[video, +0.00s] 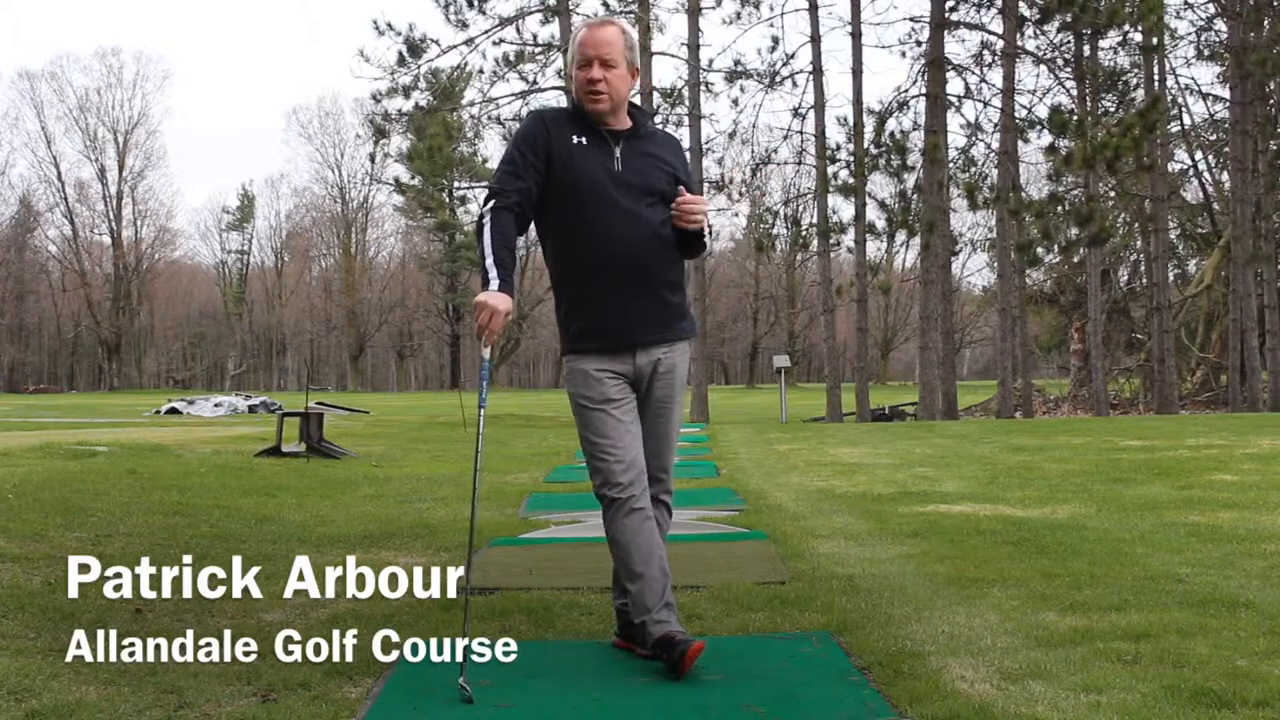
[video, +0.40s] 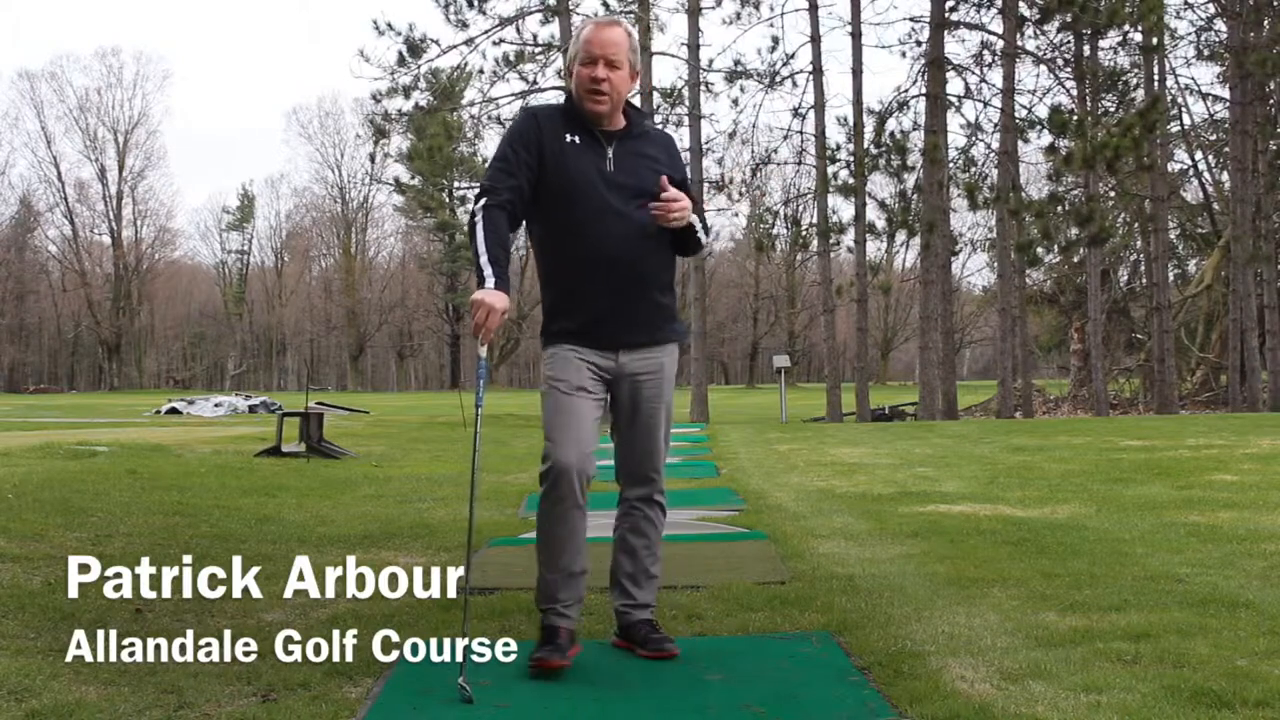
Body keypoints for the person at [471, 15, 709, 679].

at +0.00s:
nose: (593, 75)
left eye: (606, 64)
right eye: (583, 64)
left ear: (632, 74)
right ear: (569, 73)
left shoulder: (665, 147)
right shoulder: (545, 132)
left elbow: (688, 249)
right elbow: (503, 207)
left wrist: (695, 226)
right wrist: (498, 284)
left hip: (666, 341)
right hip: (591, 347)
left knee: (655, 490)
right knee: (624, 487)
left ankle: (632, 618)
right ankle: (663, 629)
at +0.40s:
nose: (597, 74)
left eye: (611, 64)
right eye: (587, 62)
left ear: (633, 76)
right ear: (569, 70)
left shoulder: (657, 142)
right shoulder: (538, 127)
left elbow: (690, 243)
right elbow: (495, 205)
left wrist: (687, 221)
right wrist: (494, 282)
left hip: (651, 341)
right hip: (571, 340)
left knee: (645, 484)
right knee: (566, 467)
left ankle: (637, 616)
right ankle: (558, 623)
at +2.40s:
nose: (545, 67)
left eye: (557, 58)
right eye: (533, 52)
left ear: (565, 68)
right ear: (500, 57)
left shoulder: (587, 134)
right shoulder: (455, 139)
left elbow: (637, 212)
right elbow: (427, 239)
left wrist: (661, 169)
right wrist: (432, 332)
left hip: (578, 340)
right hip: (497, 346)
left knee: (594, 492)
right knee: (516, 496)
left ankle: (608, 627)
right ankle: (527, 630)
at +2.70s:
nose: (544, 68)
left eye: (554, 58)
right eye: (531, 55)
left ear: (563, 66)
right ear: (496, 59)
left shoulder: (582, 132)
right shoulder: (451, 141)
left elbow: (622, 206)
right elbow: (426, 246)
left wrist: (637, 240)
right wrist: (430, 339)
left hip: (577, 341)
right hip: (494, 346)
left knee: (594, 493)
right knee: (514, 496)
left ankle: (608, 628)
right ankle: (527, 631)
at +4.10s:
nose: (554, 59)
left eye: (567, 50)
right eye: (542, 46)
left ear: (581, 65)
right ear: (515, 54)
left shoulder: (607, 135)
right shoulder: (471, 137)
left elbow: (680, 191)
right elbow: (438, 237)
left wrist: (660, 154)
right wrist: (443, 334)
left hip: (595, 341)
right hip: (513, 346)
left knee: (620, 489)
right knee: (523, 495)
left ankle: (643, 629)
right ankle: (529, 632)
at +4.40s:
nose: (597, 57)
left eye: (611, 50)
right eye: (587, 43)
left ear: (623, 66)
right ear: (559, 50)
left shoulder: (649, 137)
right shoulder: (510, 132)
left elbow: (720, 181)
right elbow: (473, 234)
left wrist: (741, 140)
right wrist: (476, 328)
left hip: (629, 344)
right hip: (545, 345)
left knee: (636, 494)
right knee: (539, 495)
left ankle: (644, 628)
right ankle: (530, 630)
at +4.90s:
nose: (643, 56)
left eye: (658, 48)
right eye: (634, 44)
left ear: (676, 65)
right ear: (611, 53)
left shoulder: (701, 140)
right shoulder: (564, 129)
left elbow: (776, 179)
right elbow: (523, 227)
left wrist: (840, 149)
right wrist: (515, 319)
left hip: (666, 347)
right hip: (583, 343)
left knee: (655, 496)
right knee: (566, 494)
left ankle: (645, 629)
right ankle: (553, 632)